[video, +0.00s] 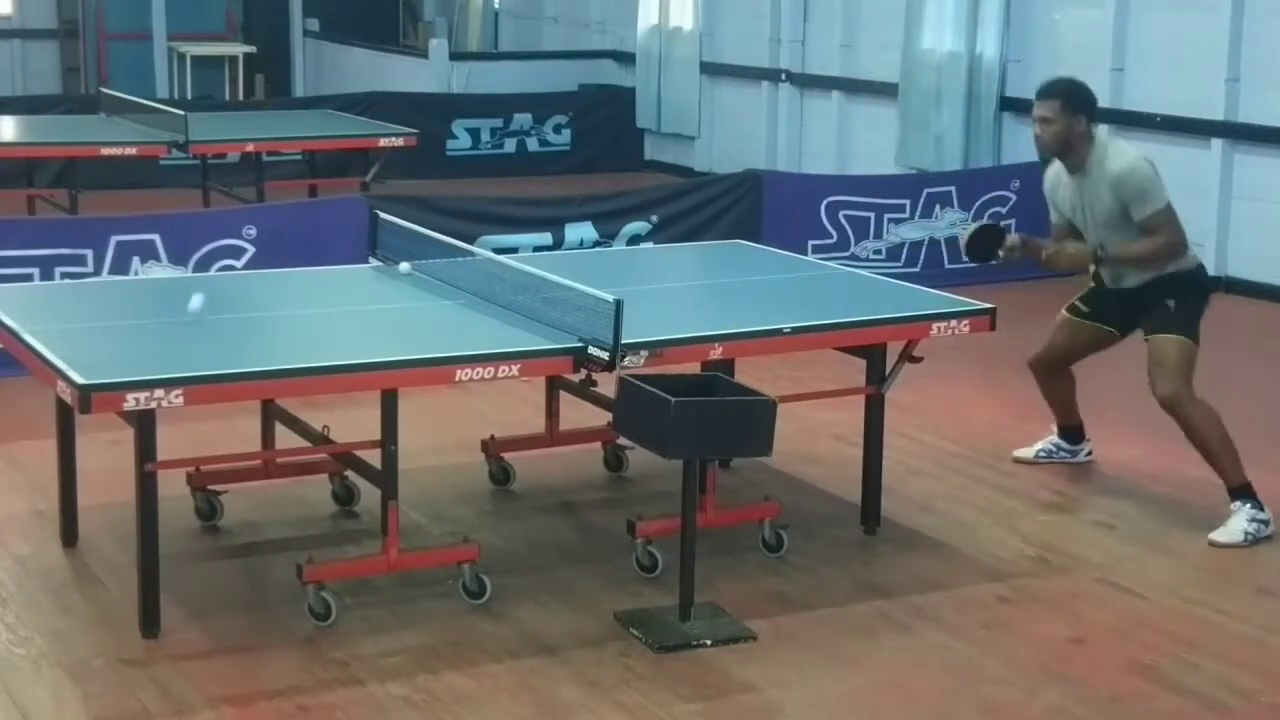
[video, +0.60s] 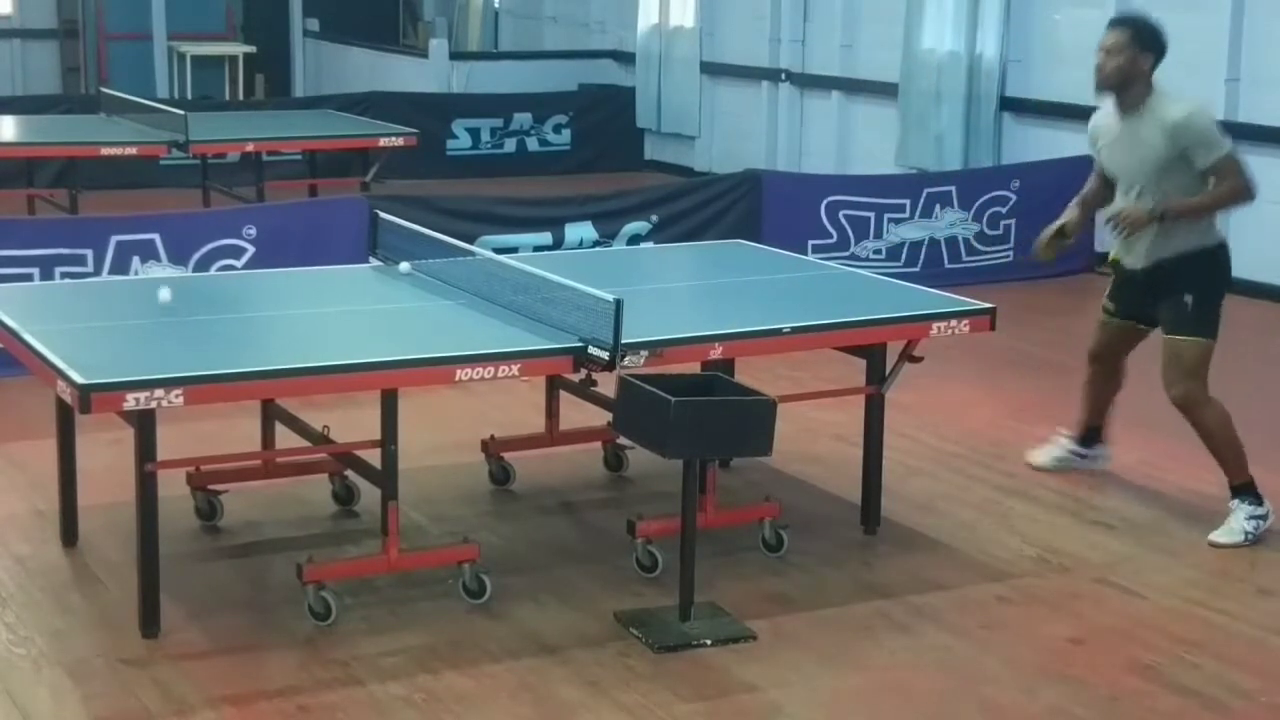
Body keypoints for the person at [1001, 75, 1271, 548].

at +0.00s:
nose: (1035, 131)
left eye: (1046, 122)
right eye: (1035, 121)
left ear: (1079, 124)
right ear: (1044, 123)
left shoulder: (1126, 167)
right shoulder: (1055, 177)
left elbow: (1173, 242)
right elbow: (1069, 251)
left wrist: (1100, 254)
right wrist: (1026, 247)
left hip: (1171, 284)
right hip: (1114, 287)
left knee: (1171, 391)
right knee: (1046, 362)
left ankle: (1249, 506)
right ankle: (1072, 441)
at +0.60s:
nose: (1100, 61)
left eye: (1112, 52)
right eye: (1101, 51)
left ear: (1144, 62)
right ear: (1106, 59)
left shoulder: (1183, 119)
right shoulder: (1102, 122)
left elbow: (1239, 186)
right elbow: (1103, 181)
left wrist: (1159, 211)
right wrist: (1072, 216)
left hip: (1193, 264)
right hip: (1134, 264)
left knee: (1185, 389)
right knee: (1102, 356)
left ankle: (1250, 503)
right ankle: (1087, 444)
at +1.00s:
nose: (1116, 39)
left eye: (1130, 32)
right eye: (1116, 28)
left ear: (1163, 44)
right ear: (1114, 33)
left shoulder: (1196, 102)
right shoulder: (1107, 101)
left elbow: (1249, 178)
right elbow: (1114, 175)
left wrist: (1167, 206)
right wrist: (1100, 220)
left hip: (1194, 256)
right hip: (1137, 263)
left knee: (1176, 388)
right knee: (1159, 392)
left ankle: (1228, 514)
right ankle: (1216, 502)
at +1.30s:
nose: (1086, 39)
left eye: (1097, 26)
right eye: (1080, 29)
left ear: (1133, 26)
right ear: (1077, 33)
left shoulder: (1173, 98)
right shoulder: (1078, 99)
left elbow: (1233, 174)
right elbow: (1073, 171)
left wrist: (1155, 203)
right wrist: (1055, 199)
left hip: (1150, 266)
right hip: (1090, 266)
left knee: (1120, 401)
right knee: (1081, 396)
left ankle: (1138, 540)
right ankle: (1178, 467)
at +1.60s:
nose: (1014, 41)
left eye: (1023, 27)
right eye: (1010, 30)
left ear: (1062, 22)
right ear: (1011, 32)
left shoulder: (1104, 91)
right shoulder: (1036, 95)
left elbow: (1113, 195)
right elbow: (1056, 190)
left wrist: (1017, 184)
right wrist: (1013, 204)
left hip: (1090, 270)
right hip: (1029, 268)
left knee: (1105, 401)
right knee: (995, 398)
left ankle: (1134, 533)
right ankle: (984, 542)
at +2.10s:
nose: (854, 78)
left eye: (859, 64)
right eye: (851, 65)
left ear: (894, 51)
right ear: (889, 51)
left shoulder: (940, 115)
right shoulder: (930, 100)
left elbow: (950, 228)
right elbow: (955, 186)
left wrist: (857, 256)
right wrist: (902, 199)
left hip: (964, 287)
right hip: (972, 279)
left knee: (912, 434)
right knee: (966, 420)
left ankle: (882, 597)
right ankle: (976, 551)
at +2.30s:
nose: (781, 118)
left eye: (781, 102)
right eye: (776, 105)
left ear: (809, 88)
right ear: (826, 80)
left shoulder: (848, 145)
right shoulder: (902, 99)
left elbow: (846, 268)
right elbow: (970, 169)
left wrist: (756, 339)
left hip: (936, 294)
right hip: (985, 280)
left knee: (883, 431)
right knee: (965, 414)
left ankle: (877, 598)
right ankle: (973, 551)